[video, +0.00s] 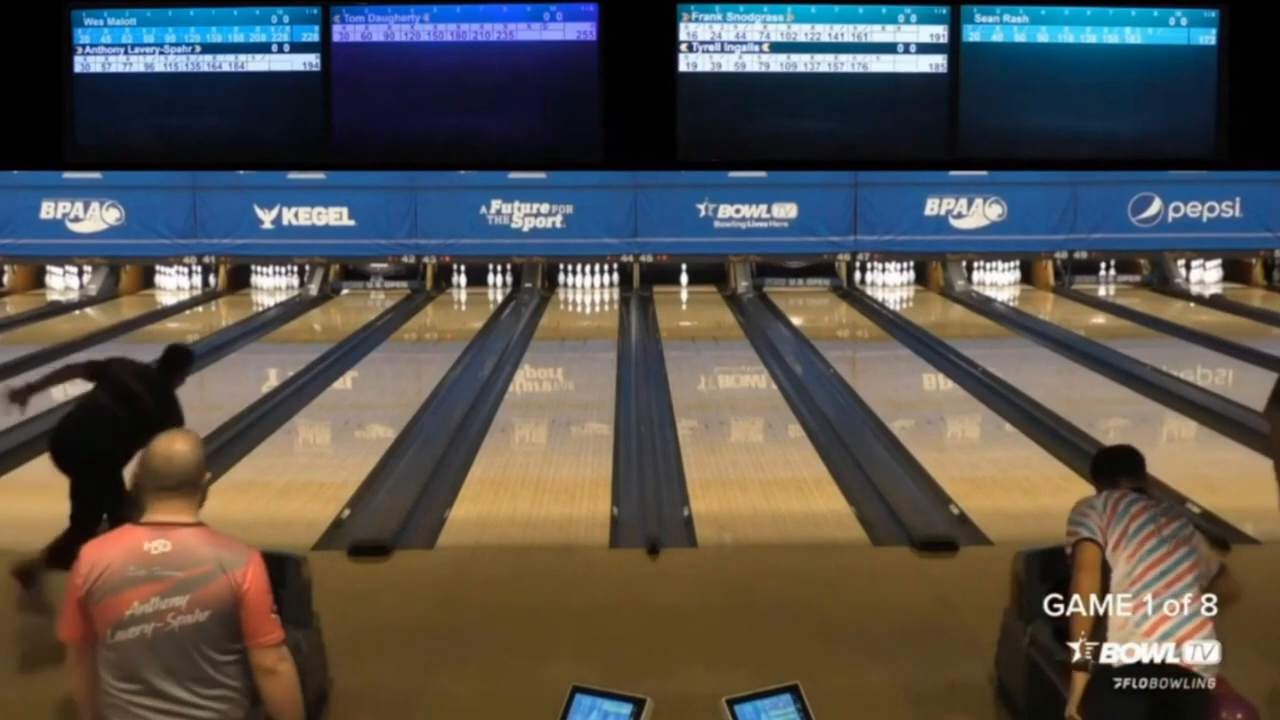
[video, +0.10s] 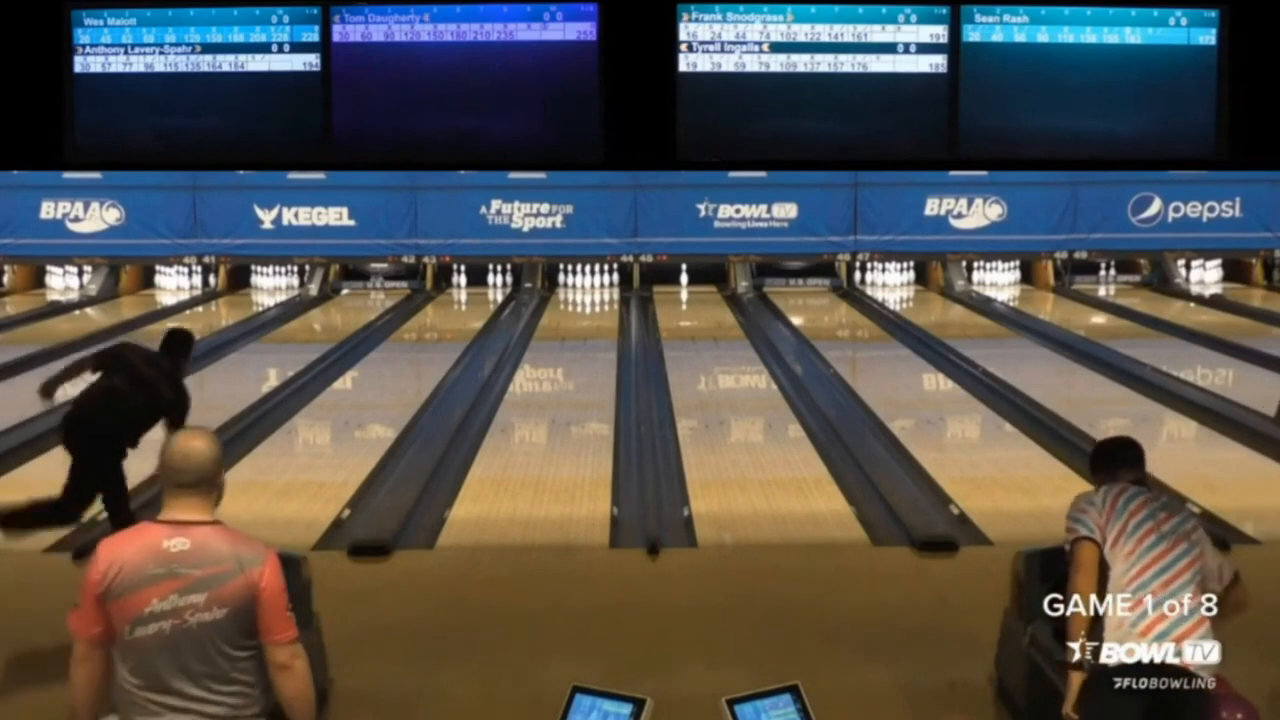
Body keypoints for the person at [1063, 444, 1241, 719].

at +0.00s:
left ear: (1097, 483)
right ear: (1144, 478)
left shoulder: (1095, 508)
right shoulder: (1176, 517)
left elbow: (1087, 588)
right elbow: (1228, 588)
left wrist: (1079, 670)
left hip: (1124, 679)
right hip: (1191, 684)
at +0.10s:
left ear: (1095, 476)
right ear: (1143, 473)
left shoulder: (1094, 502)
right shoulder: (1182, 514)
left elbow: (1084, 589)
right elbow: (1236, 596)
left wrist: (1076, 669)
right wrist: (1184, 623)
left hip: (1122, 680)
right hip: (1192, 686)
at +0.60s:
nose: (1103, 459)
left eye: (1104, 452)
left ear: (1103, 450)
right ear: (1152, 456)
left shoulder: (1098, 482)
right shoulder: (1180, 497)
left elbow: (1082, 573)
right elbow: (1196, 587)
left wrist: (1063, 658)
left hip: (1121, 671)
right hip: (1186, 676)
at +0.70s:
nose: (1104, 459)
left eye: (1103, 451)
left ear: (1103, 448)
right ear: (1152, 454)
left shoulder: (1098, 480)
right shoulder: (1178, 496)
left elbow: (1082, 574)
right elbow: (1191, 587)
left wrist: (1062, 658)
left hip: (1119, 672)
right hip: (1183, 678)